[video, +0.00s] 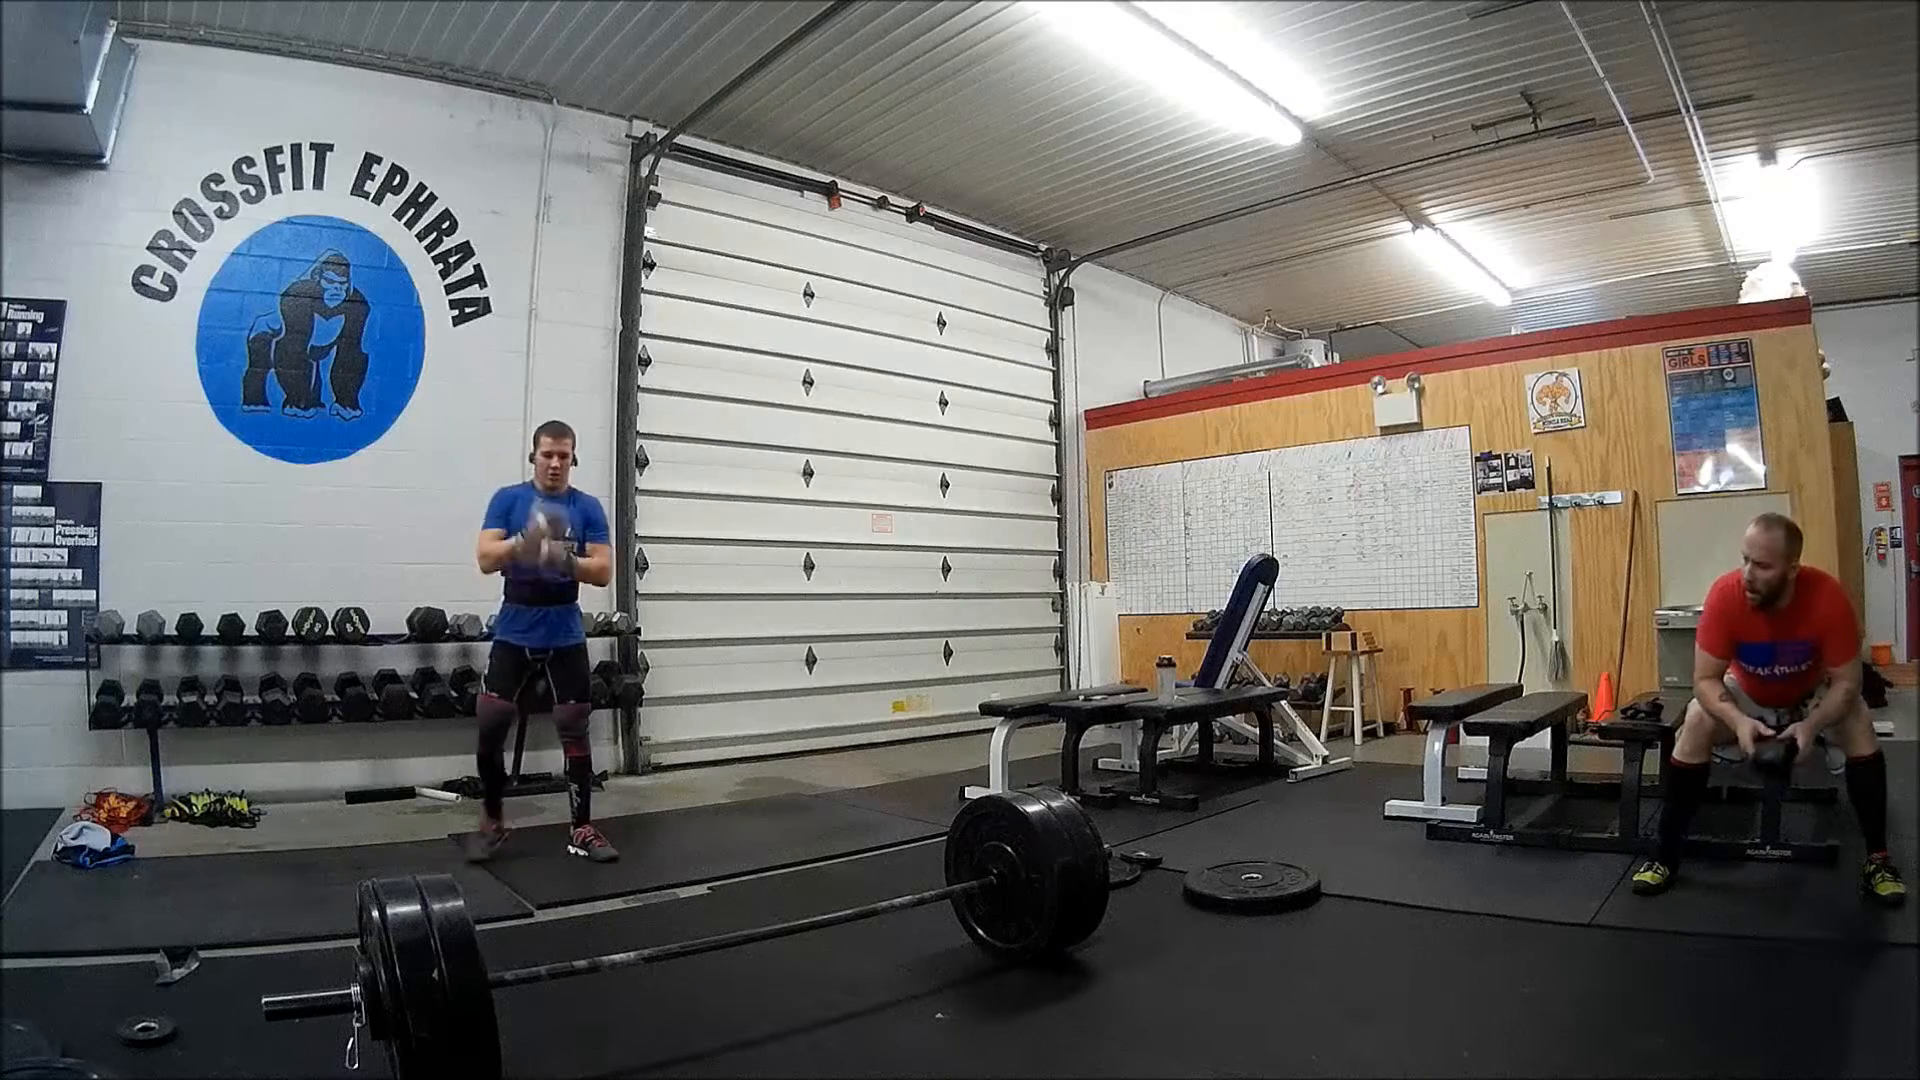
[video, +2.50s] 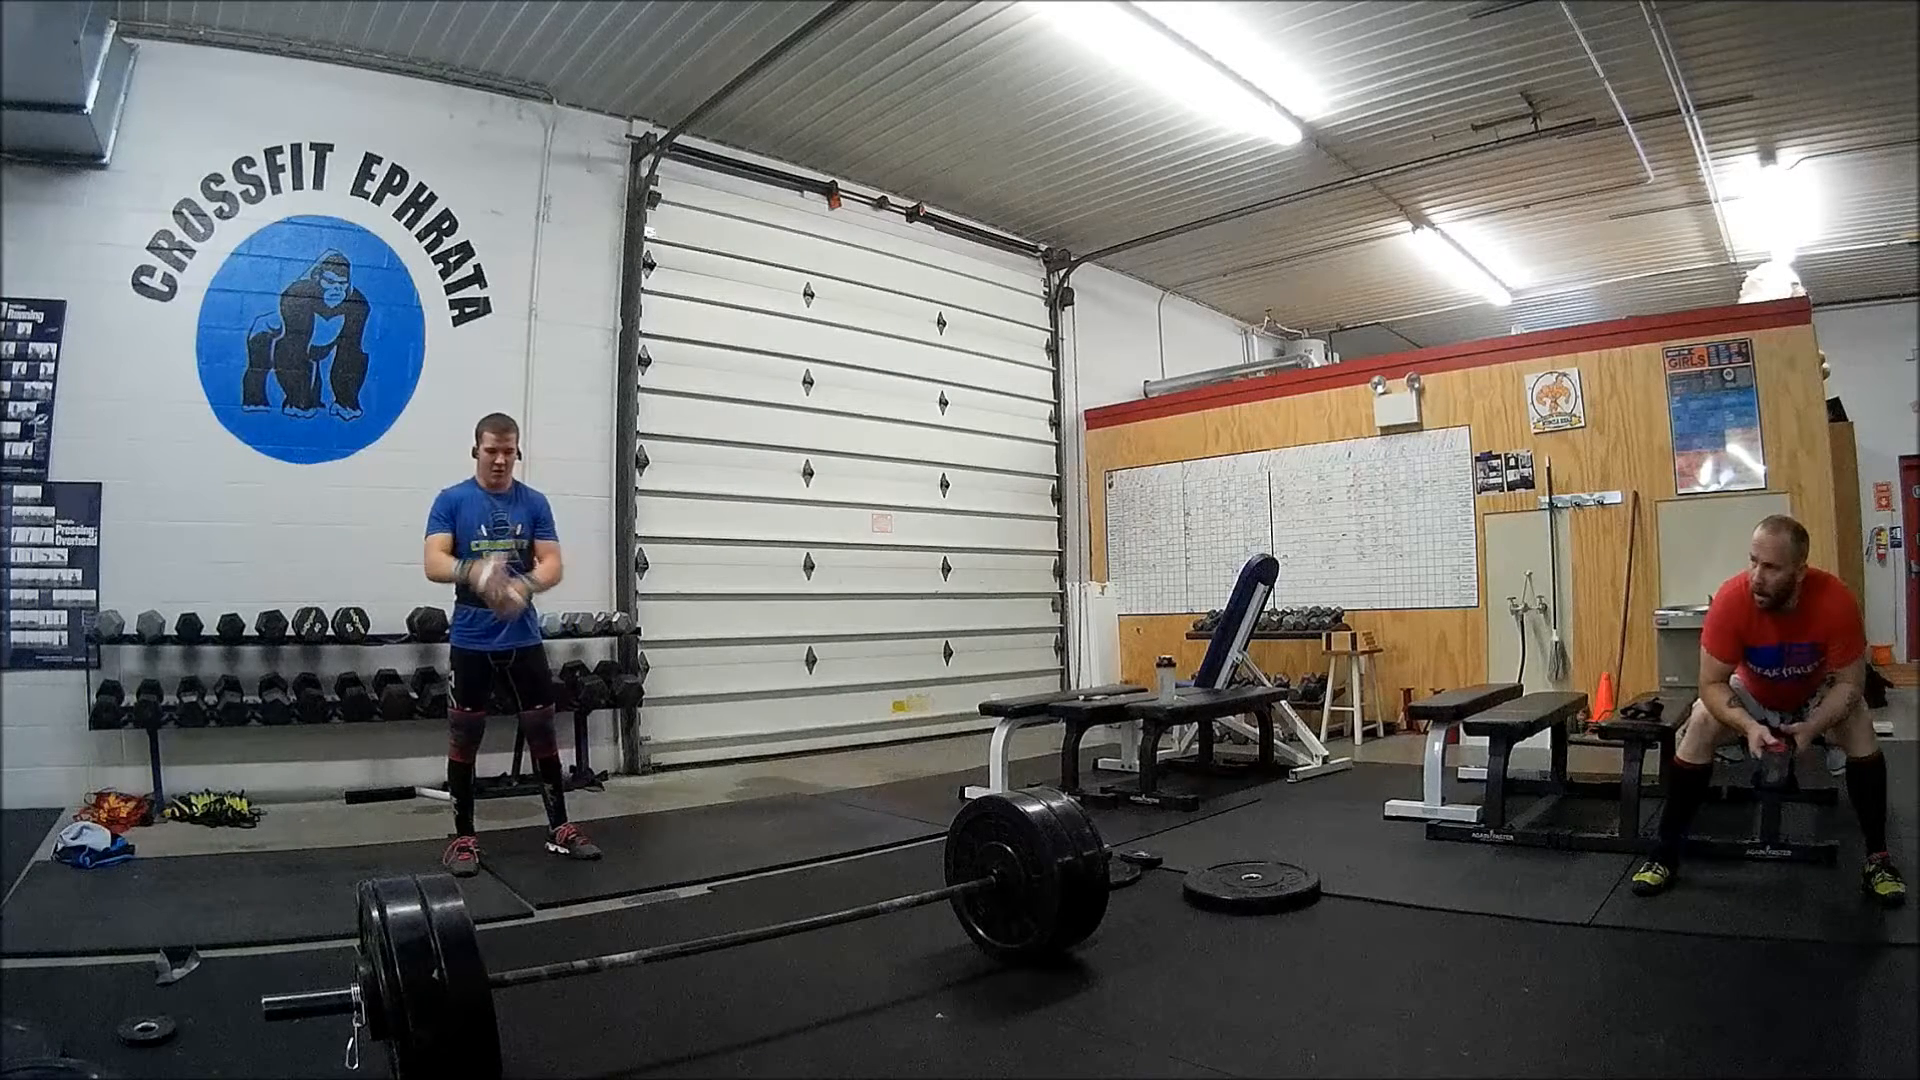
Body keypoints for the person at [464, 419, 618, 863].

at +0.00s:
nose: (555, 464)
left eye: (563, 457)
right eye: (548, 456)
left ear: (574, 460)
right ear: (534, 458)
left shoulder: (588, 508)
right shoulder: (508, 499)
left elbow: (602, 573)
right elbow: (486, 559)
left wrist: (563, 558)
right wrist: (523, 544)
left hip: (566, 636)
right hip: (514, 634)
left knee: (574, 729)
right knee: (490, 725)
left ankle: (582, 828)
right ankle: (492, 823)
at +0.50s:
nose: (503, 459)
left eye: (511, 452)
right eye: (495, 451)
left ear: (521, 453)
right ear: (479, 452)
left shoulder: (535, 500)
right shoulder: (456, 498)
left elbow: (537, 569)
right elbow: (454, 561)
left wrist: (508, 555)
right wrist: (489, 541)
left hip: (524, 632)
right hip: (473, 636)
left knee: (551, 725)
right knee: (466, 734)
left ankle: (577, 827)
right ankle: (464, 837)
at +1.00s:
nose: (499, 460)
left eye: (507, 452)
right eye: (491, 451)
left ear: (518, 453)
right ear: (476, 451)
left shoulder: (535, 503)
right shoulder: (451, 501)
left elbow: (552, 567)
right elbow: (433, 563)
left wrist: (524, 585)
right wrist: (473, 572)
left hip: (524, 641)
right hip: (471, 643)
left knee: (541, 728)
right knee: (465, 734)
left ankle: (560, 827)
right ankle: (464, 836)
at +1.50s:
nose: (499, 460)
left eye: (507, 452)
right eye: (491, 451)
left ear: (518, 453)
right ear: (476, 451)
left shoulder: (534, 503)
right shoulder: (451, 501)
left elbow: (552, 567)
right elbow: (433, 563)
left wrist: (524, 585)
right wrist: (473, 572)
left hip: (524, 641)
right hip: (471, 643)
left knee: (541, 728)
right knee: (465, 734)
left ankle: (560, 827)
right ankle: (464, 836)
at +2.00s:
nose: (499, 460)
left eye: (507, 452)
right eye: (491, 451)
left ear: (518, 453)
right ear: (476, 451)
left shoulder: (534, 503)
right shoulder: (451, 501)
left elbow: (552, 567)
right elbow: (433, 563)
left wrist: (524, 585)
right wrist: (474, 572)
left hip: (524, 641)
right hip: (471, 643)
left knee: (541, 728)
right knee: (465, 734)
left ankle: (560, 827)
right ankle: (464, 836)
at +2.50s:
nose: (499, 460)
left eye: (507, 452)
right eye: (491, 451)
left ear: (518, 454)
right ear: (475, 452)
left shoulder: (535, 504)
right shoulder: (451, 501)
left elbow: (552, 567)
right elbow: (433, 563)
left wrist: (524, 585)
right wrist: (474, 572)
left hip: (523, 641)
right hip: (471, 644)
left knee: (541, 728)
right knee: (465, 734)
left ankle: (559, 827)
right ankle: (464, 836)